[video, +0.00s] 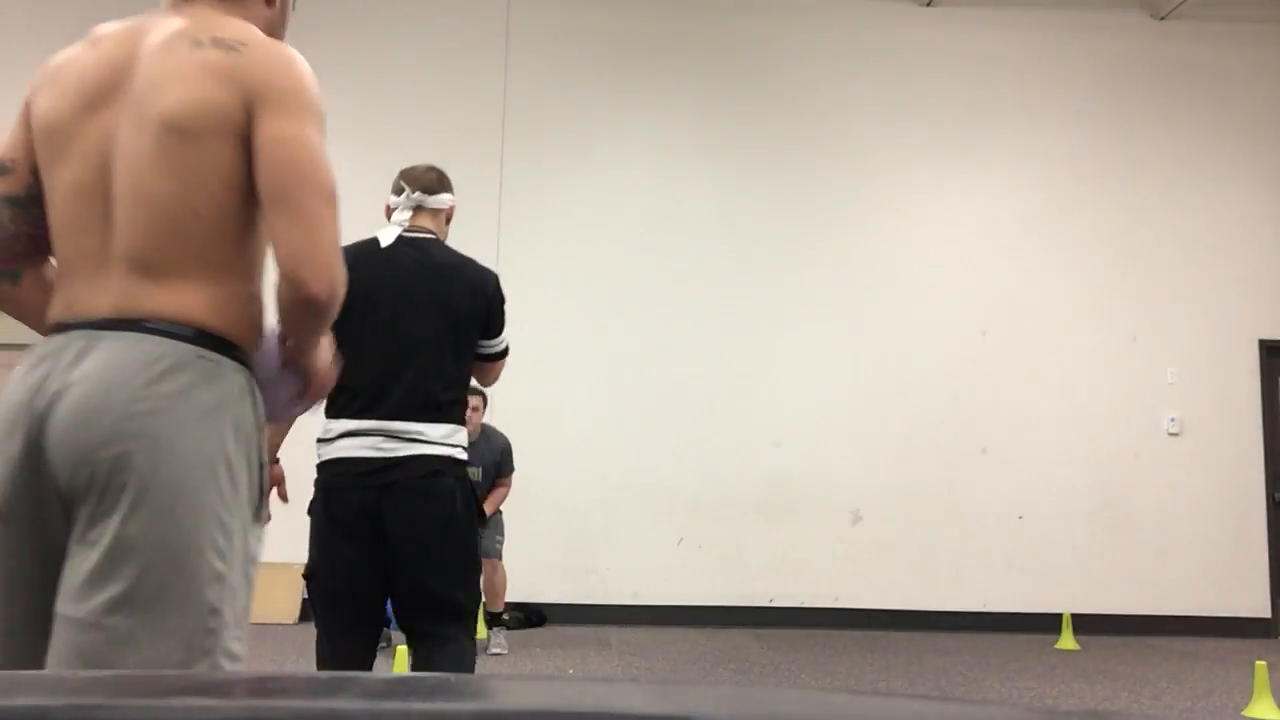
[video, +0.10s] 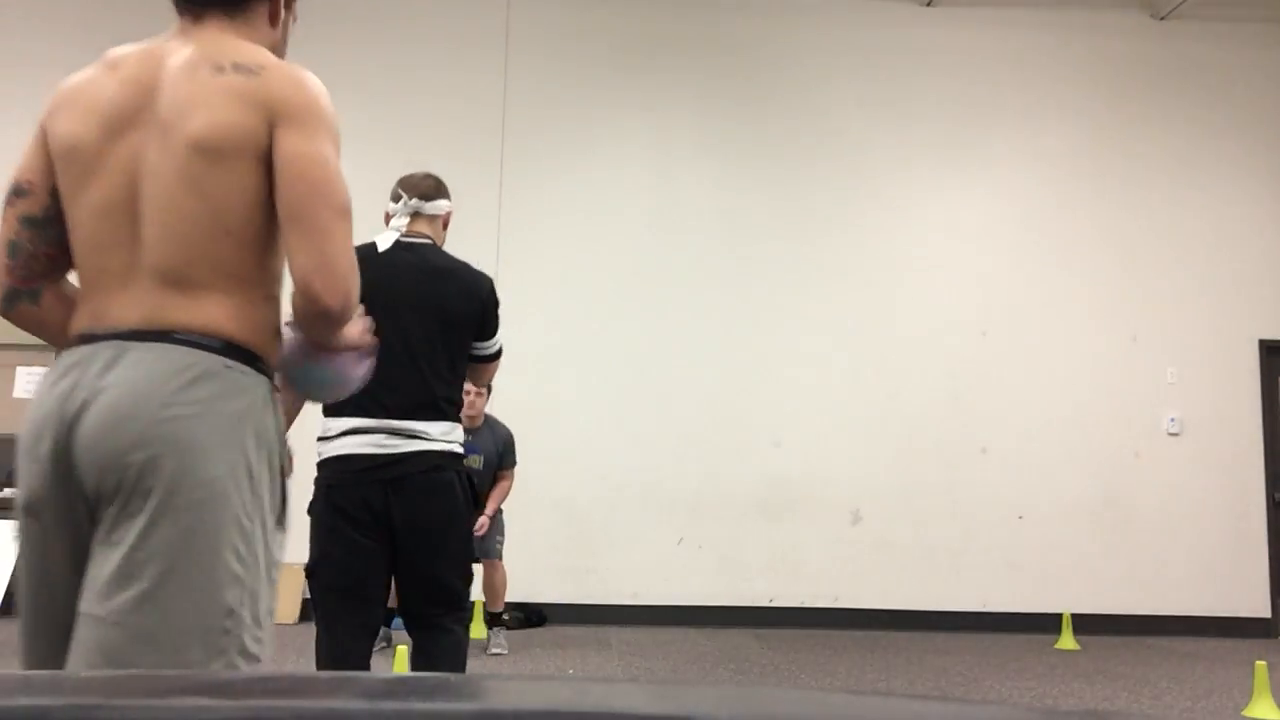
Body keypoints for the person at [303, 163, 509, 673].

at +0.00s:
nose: (443, 220)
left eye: (389, 209)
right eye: (449, 214)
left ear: (387, 210)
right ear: (450, 214)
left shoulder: (341, 266)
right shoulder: (477, 281)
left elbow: (304, 361)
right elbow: (488, 371)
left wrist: (269, 453)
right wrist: (433, 341)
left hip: (344, 485)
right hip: (433, 486)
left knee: (343, 646)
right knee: (443, 641)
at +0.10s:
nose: (443, 226)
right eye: (447, 220)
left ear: (387, 217)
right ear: (447, 220)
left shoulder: (344, 268)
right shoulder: (473, 285)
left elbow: (303, 359)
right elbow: (481, 375)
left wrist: (273, 437)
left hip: (347, 479)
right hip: (433, 482)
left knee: (343, 633)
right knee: (440, 629)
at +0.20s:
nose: (445, 240)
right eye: (448, 233)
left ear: (390, 230)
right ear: (447, 234)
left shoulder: (346, 277)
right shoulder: (471, 297)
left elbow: (304, 369)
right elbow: (476, 394)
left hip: (351, 475)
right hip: (432, 481)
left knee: (344, 636)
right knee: (432, 637)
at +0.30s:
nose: (447, 255)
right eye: (452, 249)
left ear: (397, 244)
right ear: (452, 250)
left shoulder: (352, 289)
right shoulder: (473, 312)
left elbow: (311, 369)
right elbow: (474, 396)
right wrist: (429, 375)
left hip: (354, 484)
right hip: (433, 490)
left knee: (344, 632)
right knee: (427, 636)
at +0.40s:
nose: (454, 268)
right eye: (459, 262)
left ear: (407, 254)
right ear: (459, 261)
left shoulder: (362, 293)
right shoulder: (479, 322)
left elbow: (323, 365)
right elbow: (475, 402)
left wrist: (315, 423)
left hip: (358, 480)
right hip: (434, 489)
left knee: (348, 616)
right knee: (426, 622)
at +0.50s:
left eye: (414, 259)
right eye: (460, 267)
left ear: (411, 260)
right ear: (464, 270)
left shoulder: (370, 298)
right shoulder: (482, 325)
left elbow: (332, 374)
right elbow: (471, 403)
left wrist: (321, 439)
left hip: (365, 469)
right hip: (439, 475)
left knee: (349, 577)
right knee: (434, 599)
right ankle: (421, 705)